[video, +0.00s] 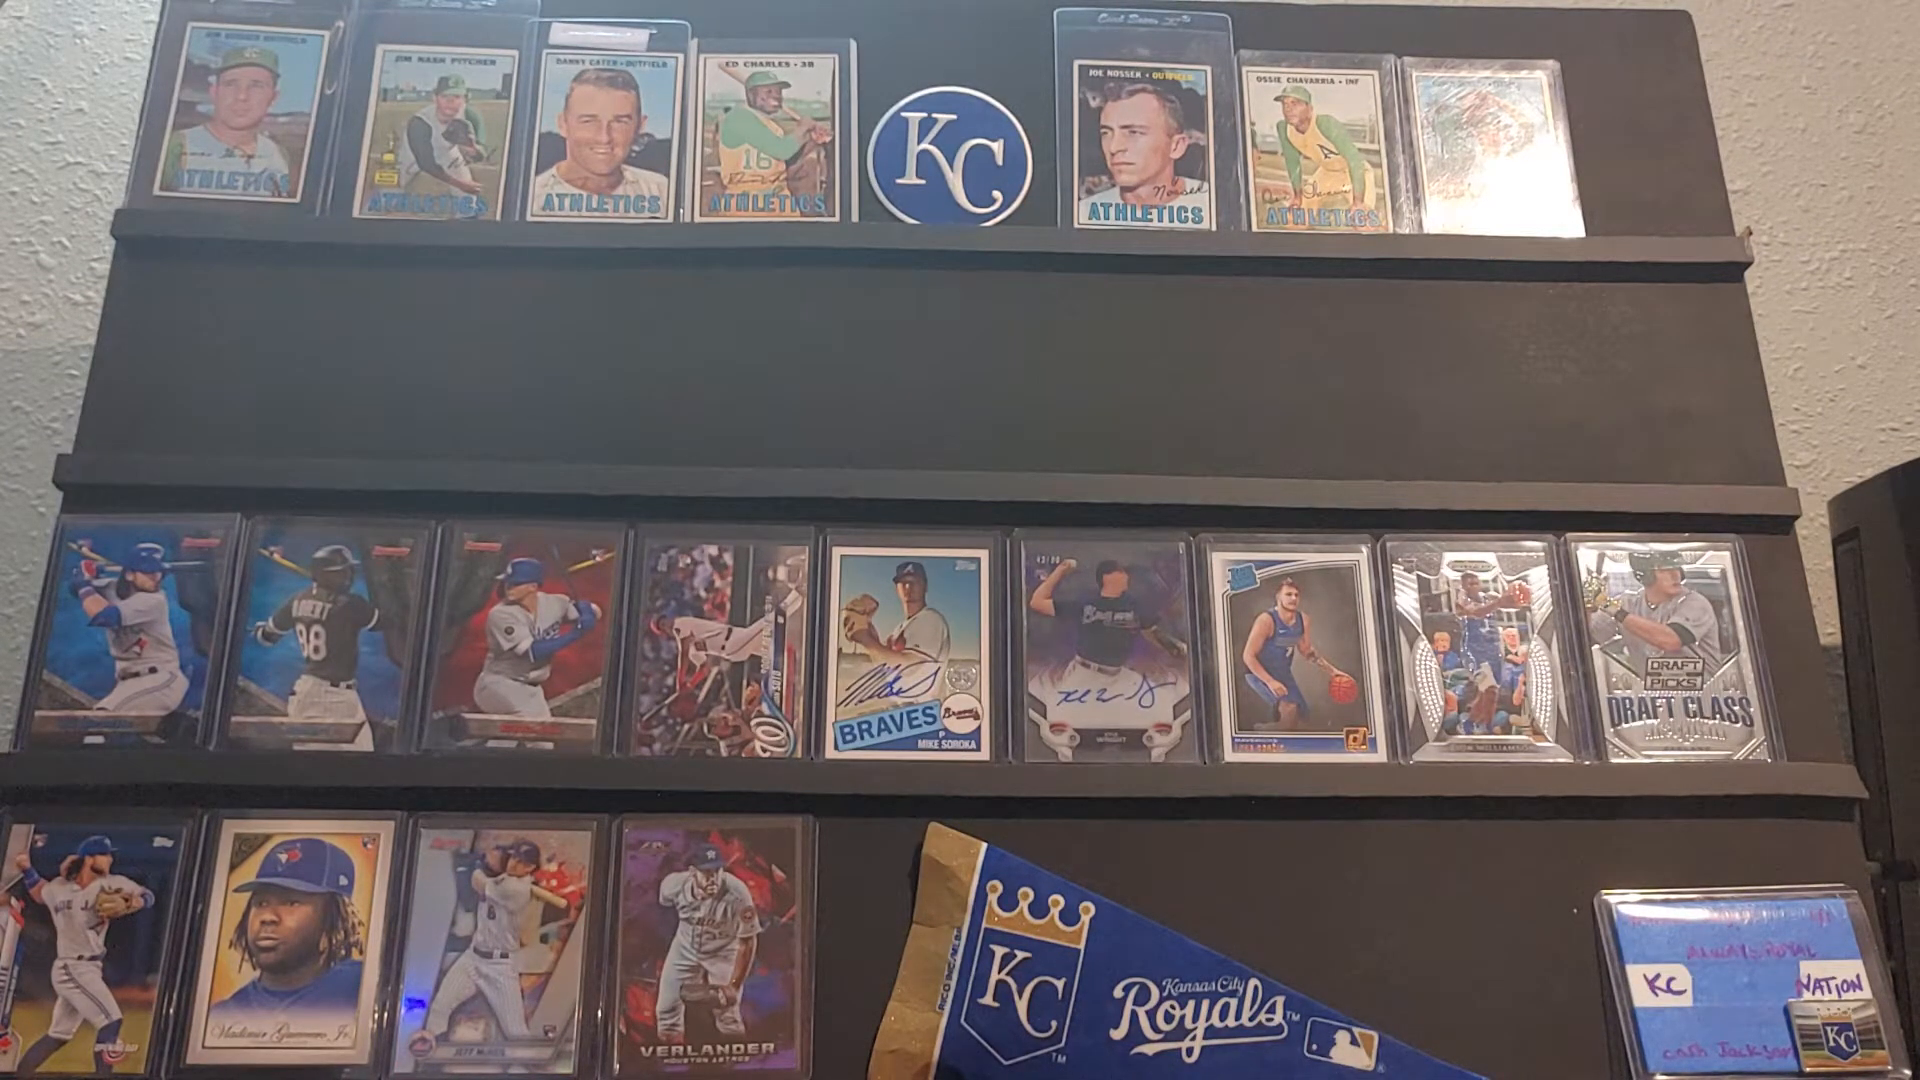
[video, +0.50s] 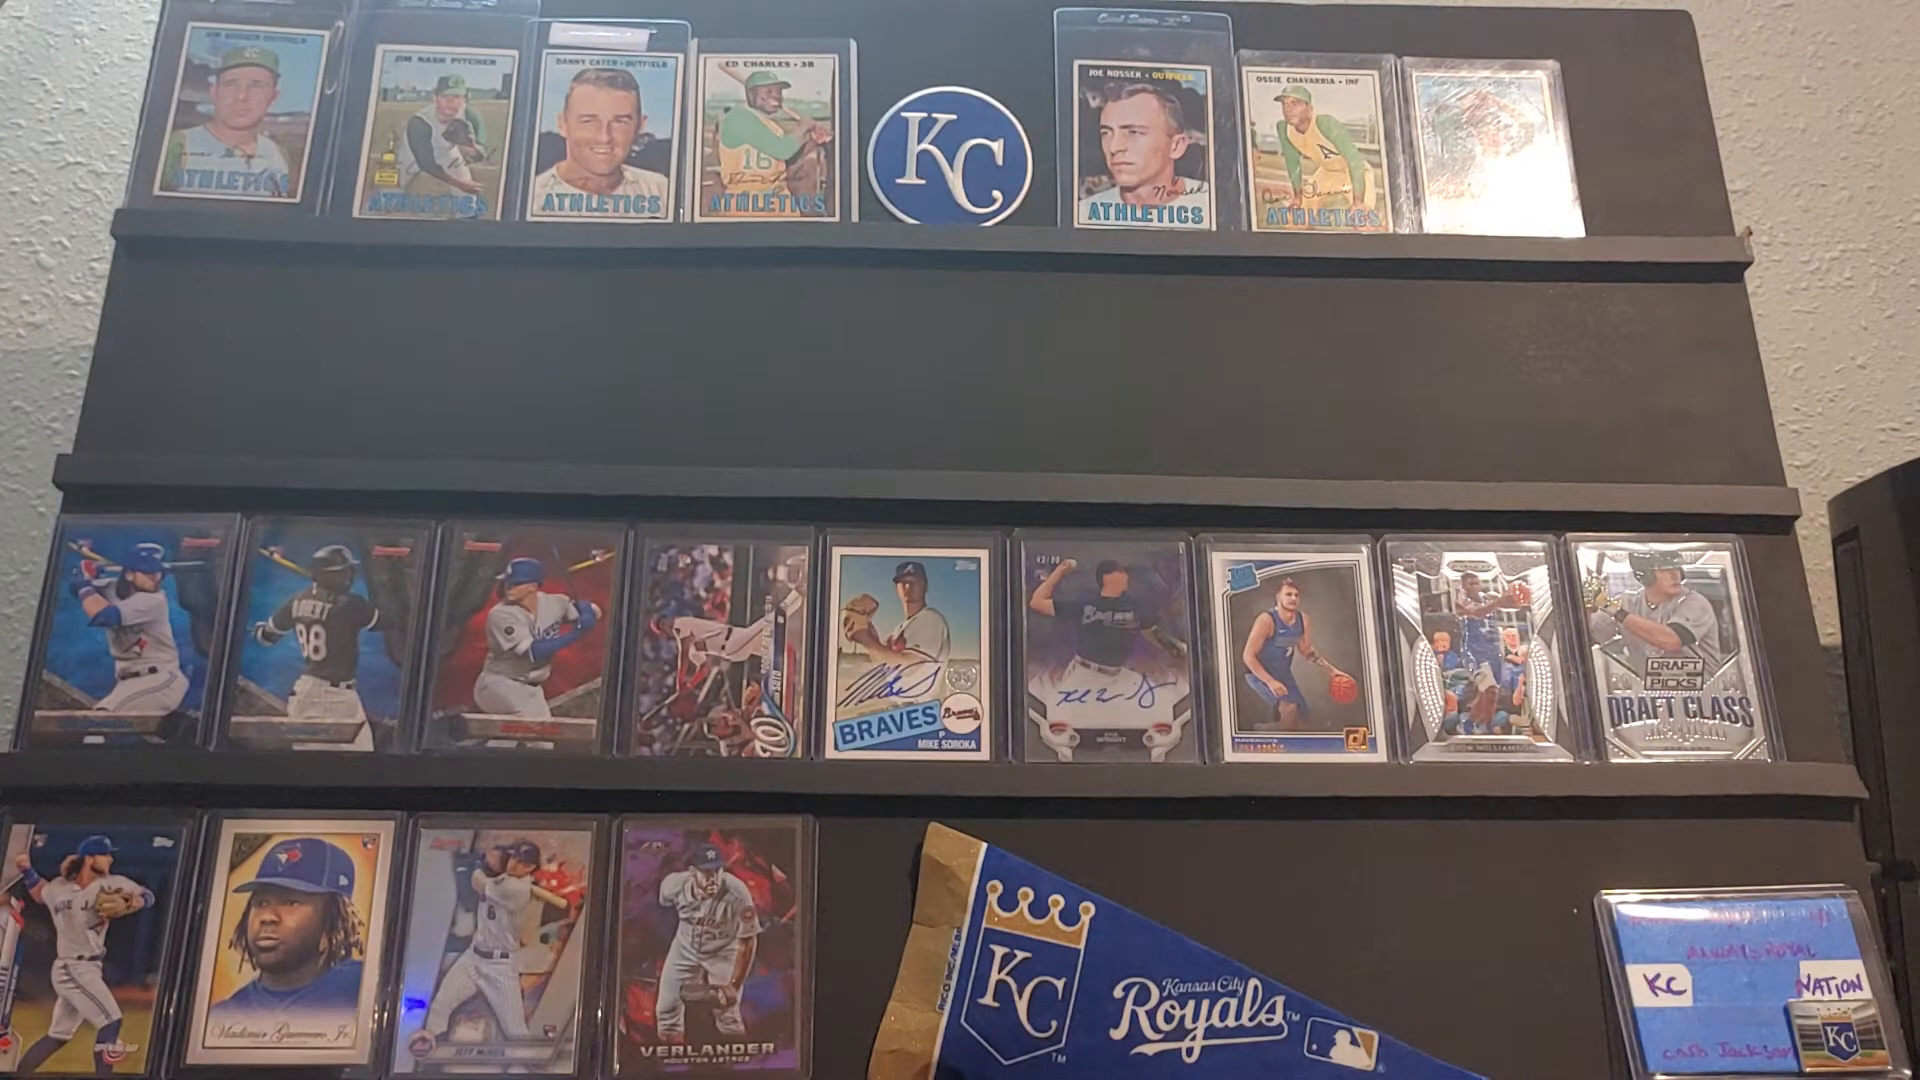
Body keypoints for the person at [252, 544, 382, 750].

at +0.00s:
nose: (351, 577)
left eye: (350, 571)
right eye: (347, 572)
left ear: (319, 574)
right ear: (337, 575)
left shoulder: (299, 601)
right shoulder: (351, 605)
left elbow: (267, 637)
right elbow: (387, 622)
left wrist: (260, 631)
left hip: (306, 693)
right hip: (341, 697)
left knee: (307, 765)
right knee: (361, 766)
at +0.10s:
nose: (351, 577)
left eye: (350, 571)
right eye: (347, 572)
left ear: (320, 574)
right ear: (337, 575)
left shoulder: (299, 601)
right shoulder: (352, 605)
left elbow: (267, 637)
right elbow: (387, 622)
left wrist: (259, 630)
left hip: (306, 692)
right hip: (341, 697)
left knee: (307, 765)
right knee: (361, 766)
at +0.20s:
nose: (351, 577)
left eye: (350, 571)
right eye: (347, 572)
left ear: (320, 574)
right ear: (336, 575)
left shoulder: (299, 601)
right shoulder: (352, 605)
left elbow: (267, 637)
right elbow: (387, 622)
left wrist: (259, 630)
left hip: (306, 692)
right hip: (341, 697)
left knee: (306, 765)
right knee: (361, 766)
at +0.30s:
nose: (351, 577)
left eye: (350, 571)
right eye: (347, 572)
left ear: (319, 574)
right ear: (336, 575)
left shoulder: (299, 601)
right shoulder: (351, 605)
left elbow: (267, 637)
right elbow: (387, 622)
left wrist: (259, 630)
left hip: (306, 692)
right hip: (341, 697)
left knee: (307, 765)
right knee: (360, 766)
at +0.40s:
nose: (351, 577)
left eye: (350, 571)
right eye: (347, 572)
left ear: (320, 574)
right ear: (336, 575)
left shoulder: (299, 601)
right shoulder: (352, 605)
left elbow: (267, 637)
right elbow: (387, 622)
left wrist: (259, 630)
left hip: (305, 693)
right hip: (341, 697)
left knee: (306, 765)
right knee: (361, 766)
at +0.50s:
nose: (351, 577)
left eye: (350, 571)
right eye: (347, 572)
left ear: (320, 574)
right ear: (336, 575)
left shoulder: (299, 601)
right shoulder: (352, 605)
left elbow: (267, 637)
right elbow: (387, 622)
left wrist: (259, 630)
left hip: (305, 693)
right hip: (341, 697)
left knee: (306, 765)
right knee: (361, 766)